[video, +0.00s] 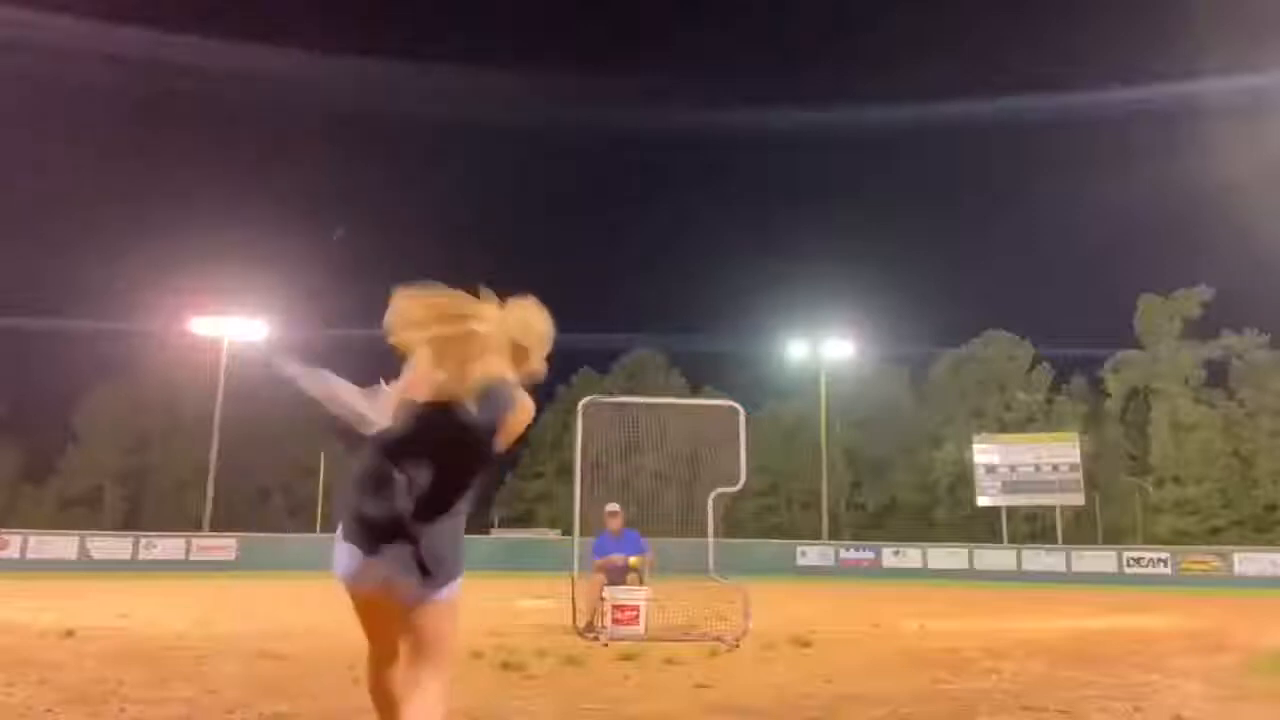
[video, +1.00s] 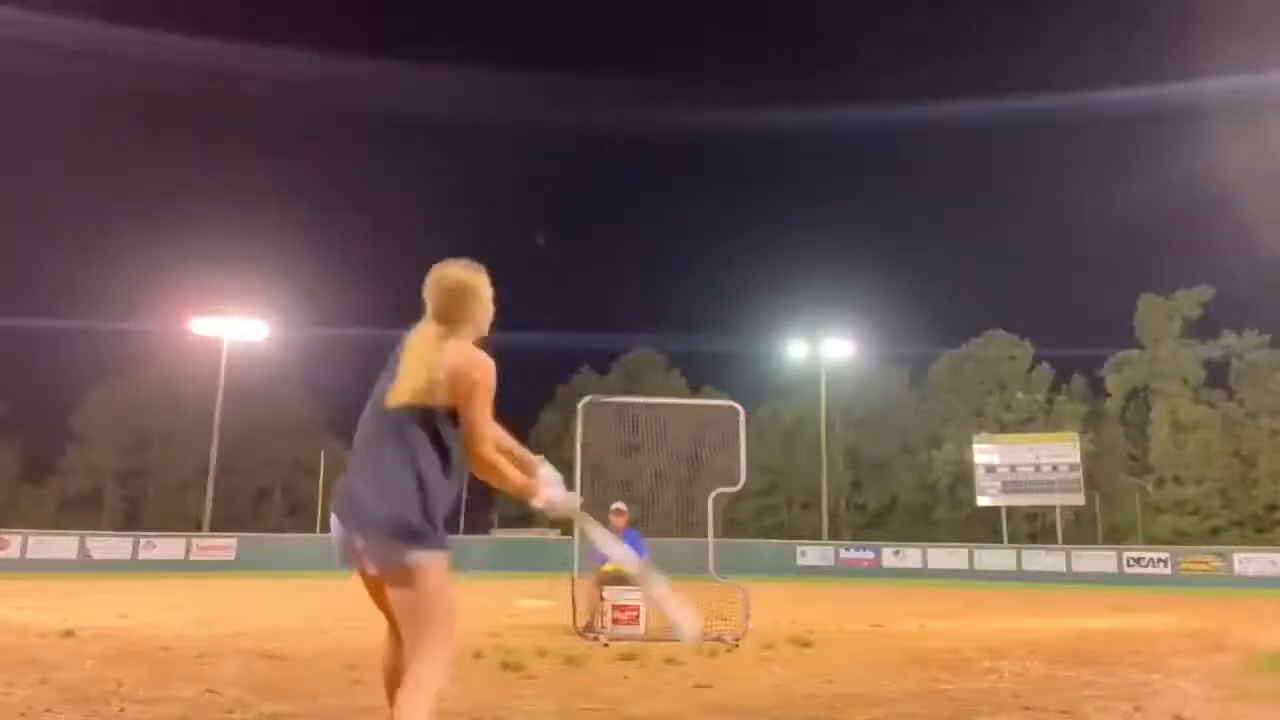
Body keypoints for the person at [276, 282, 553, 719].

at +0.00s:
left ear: (439, 336)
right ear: (505, 348)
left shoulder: (415, 378)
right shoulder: (509, 407)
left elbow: (374, 413)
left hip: (364, 535)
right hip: (434, 542)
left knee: (382, 653)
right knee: (430, 669)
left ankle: (393, 718)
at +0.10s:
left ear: (487, 343)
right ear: (533, 356)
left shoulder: (465, 387)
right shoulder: (521, 405)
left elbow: (390, 396)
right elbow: (426, 356)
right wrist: (372, 325)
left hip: (369, 532)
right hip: (435, 546)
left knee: (384, 653)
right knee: (428, 682)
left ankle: (393, 715)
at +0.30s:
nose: (480, 332)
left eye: (483, 323)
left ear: (483, 326)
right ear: (531, 338)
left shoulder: (462, 386)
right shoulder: (517, 390)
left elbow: (379, 321)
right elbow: (432, 333)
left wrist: (410, 259)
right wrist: (444, 283)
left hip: (368, 534)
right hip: (434, 550)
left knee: (387, 651)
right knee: (427, 682)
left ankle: (398, 719)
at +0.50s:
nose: (470, 326)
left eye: (475, 319)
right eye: (474, 321)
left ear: (480, 326)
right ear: (531, 339)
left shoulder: (460, 377)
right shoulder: (516, 398)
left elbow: (382, 358)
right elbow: (429, 345)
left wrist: (361, 298)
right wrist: (382, 288)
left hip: (378, 533)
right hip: (445, 555)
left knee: (389, 650)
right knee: (427, 689)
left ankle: (396, 718)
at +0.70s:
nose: (466, 319)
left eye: (470, 313)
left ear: (472, 319)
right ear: (525, 329)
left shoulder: (437, 360)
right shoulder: (525, 391)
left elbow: (379, 389)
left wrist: (319, 351)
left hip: (379, 532)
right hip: (449, 553)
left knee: (396, 651)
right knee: (435, 682)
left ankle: (401, 717)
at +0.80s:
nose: (512, 328)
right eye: (511, 319)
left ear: (454, 310)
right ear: (507, 327)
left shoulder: (409, 350)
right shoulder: (499, 387)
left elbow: (409, 443)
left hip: (367, 528)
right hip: (435, 546)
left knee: (397, 645)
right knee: (435, 679)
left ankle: (402, 716)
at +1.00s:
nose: (492, 310)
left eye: (490, 301)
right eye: (489, 301)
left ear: (432, 302)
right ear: (480, 308)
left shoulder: (412, 346)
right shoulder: (473, 363)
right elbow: (478, 454)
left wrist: (533, 463)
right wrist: (535, 493)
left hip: (357, 509)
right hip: (405, 519)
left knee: (403, 636)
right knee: (432, 646)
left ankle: (401, 714)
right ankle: (410, 712)